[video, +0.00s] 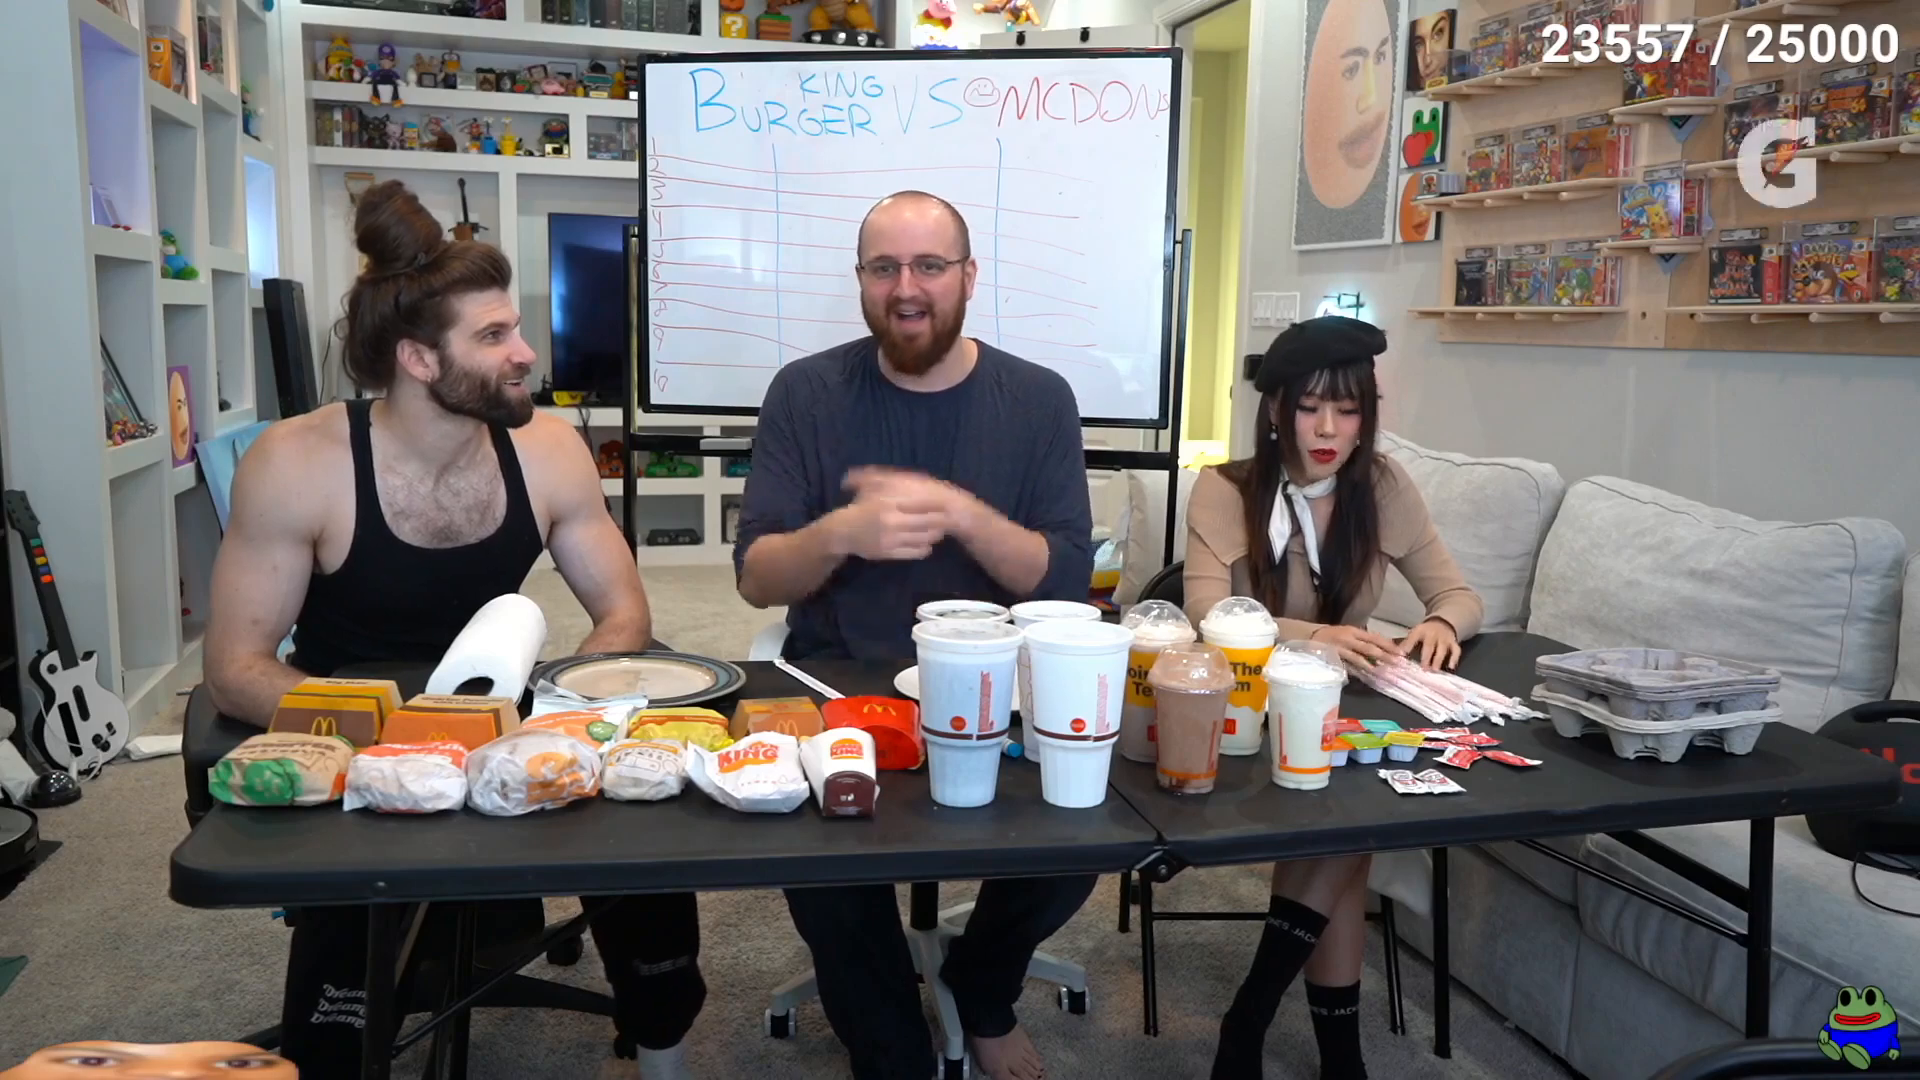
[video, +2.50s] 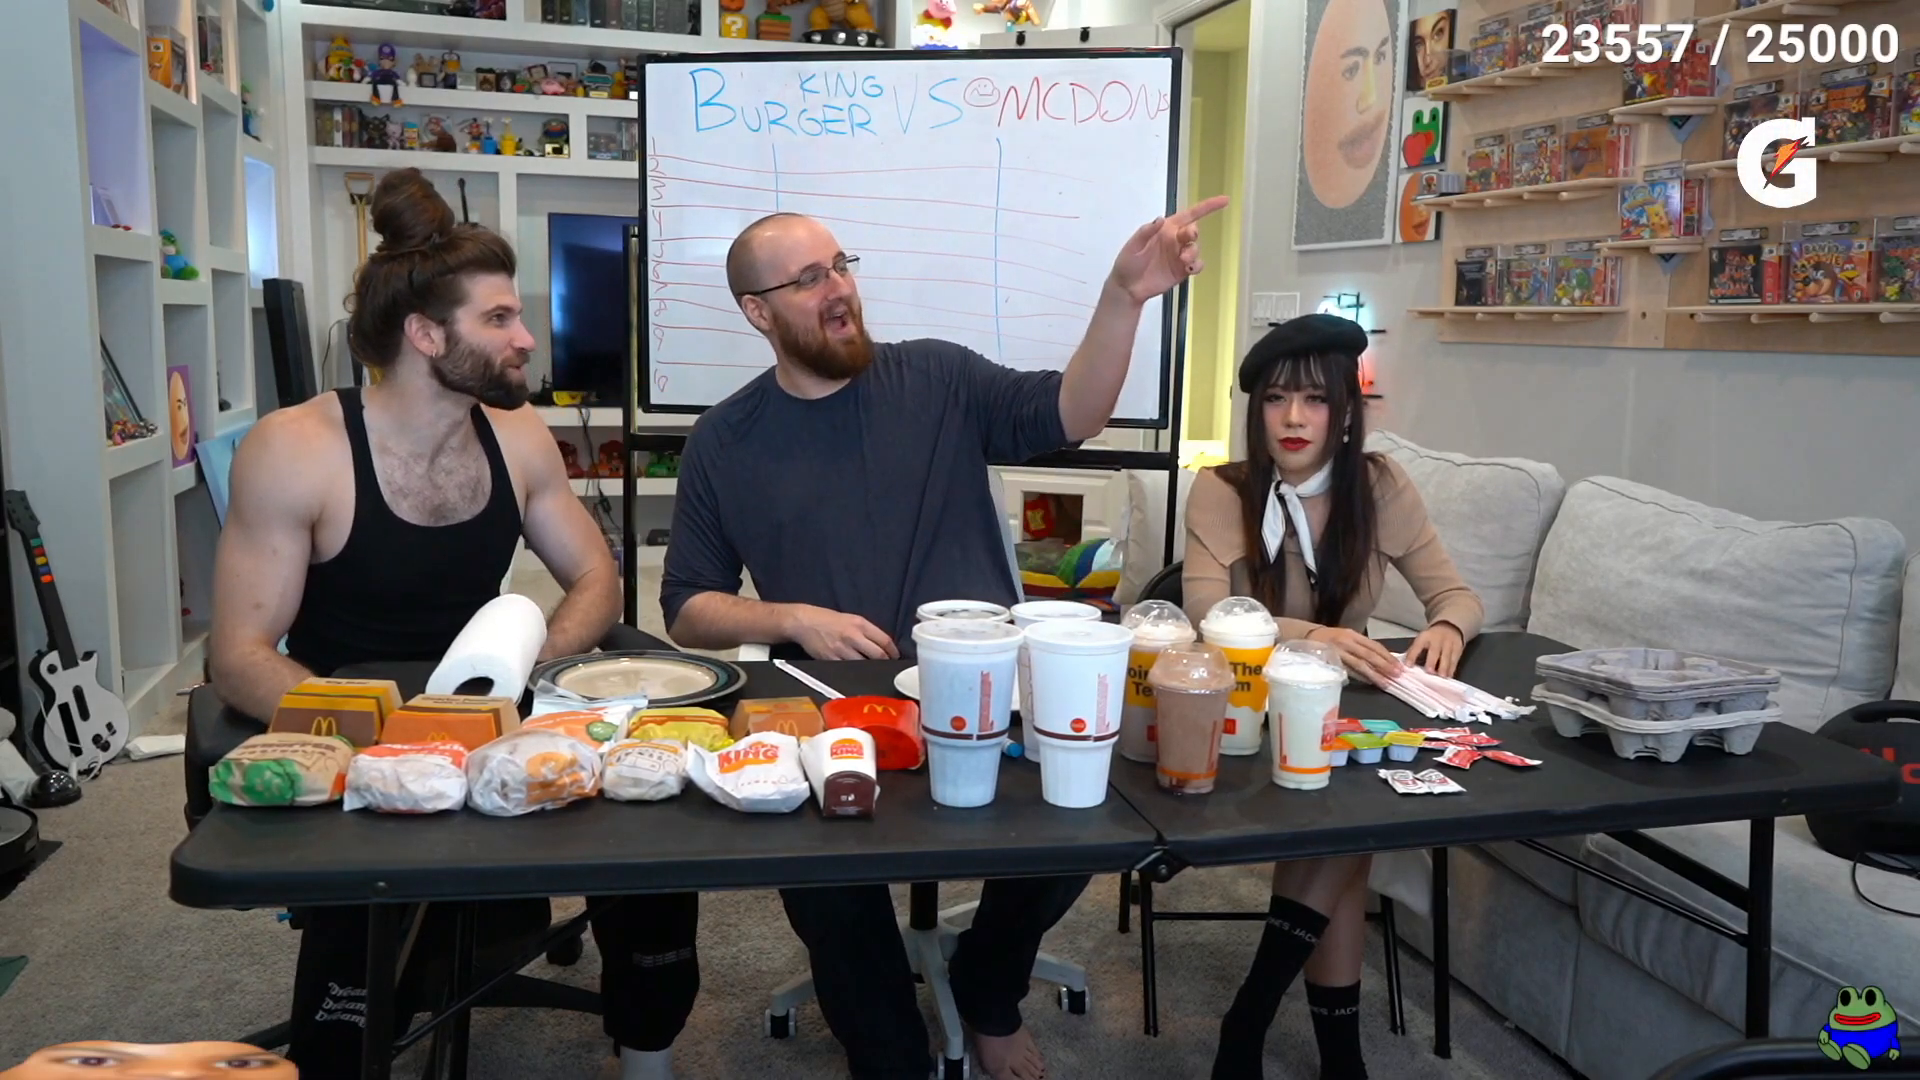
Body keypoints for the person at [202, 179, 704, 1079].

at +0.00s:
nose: (524, 352)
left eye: (517, 330)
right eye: (493, 337)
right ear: (418, 361)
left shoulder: (547, 451)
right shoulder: (296, 463)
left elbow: (625, 612)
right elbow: (233, 670)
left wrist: (568, 696)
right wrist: (370, 719)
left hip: (507, 748)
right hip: (350, 759)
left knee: (643, 826)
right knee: (356, 888)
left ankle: (660, 1053)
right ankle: (322, 1068)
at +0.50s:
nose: (512, 351)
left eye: (508, 329)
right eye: (483, 333)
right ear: (404, 354)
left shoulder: (530, 445)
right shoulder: (288, 460)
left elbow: (628, 565)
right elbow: (234, 662)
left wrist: (613, 609)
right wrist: (347, 721)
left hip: (501, 743)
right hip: (348, 755)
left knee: (622, 833)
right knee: (351, 890)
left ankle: (655, 1054)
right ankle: (321, 1070)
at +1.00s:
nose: (542, 354)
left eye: (543, 329)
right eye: (519, 329)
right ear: (439, 336)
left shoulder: (532, 420)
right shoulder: (295, 450)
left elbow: (689, 413)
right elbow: (238, 649)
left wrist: (815, 353)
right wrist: (336, 736)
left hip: (486, 725)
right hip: (333, 736)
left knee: (624, 810)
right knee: (352, 868)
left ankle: (655, 1048)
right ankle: (316, 1060)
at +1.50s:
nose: (553, 361)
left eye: (550, 337)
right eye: (531, 337)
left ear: (475, 343)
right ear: (450, 344)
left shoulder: (537, 423)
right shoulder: (298, 452)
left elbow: (693, 404)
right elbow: (239, 649)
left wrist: (837, 342)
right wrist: (318, 740)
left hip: (492, 729)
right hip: (340, 740)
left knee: (603, 820)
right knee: (342, 877)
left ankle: (652, 1047)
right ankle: (318, 1067)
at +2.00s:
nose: (541, 353)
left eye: (540, 331)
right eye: (516, 332)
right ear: (440, 342)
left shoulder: (529, 440)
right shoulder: (295, 449)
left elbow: (663, 565)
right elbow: (238, 650)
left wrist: (688, 501)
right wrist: (336, 739)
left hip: (492, 749)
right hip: (342, 756)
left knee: (636, 832)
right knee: (353, 892)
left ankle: (664, 1053)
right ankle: (325, 1071)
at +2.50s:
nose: (524, 337)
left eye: (521, 316)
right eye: (499, 319)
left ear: (443, 336)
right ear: (424, 337)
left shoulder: (518, 438)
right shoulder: (293, 450)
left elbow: (598, 579)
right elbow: (237, 653)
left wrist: (537, 656)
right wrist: (353, 718)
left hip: (497, 743)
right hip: (345, 755)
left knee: (653, 832)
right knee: (363, 890)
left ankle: (646, 1058)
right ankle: (330, 1069)